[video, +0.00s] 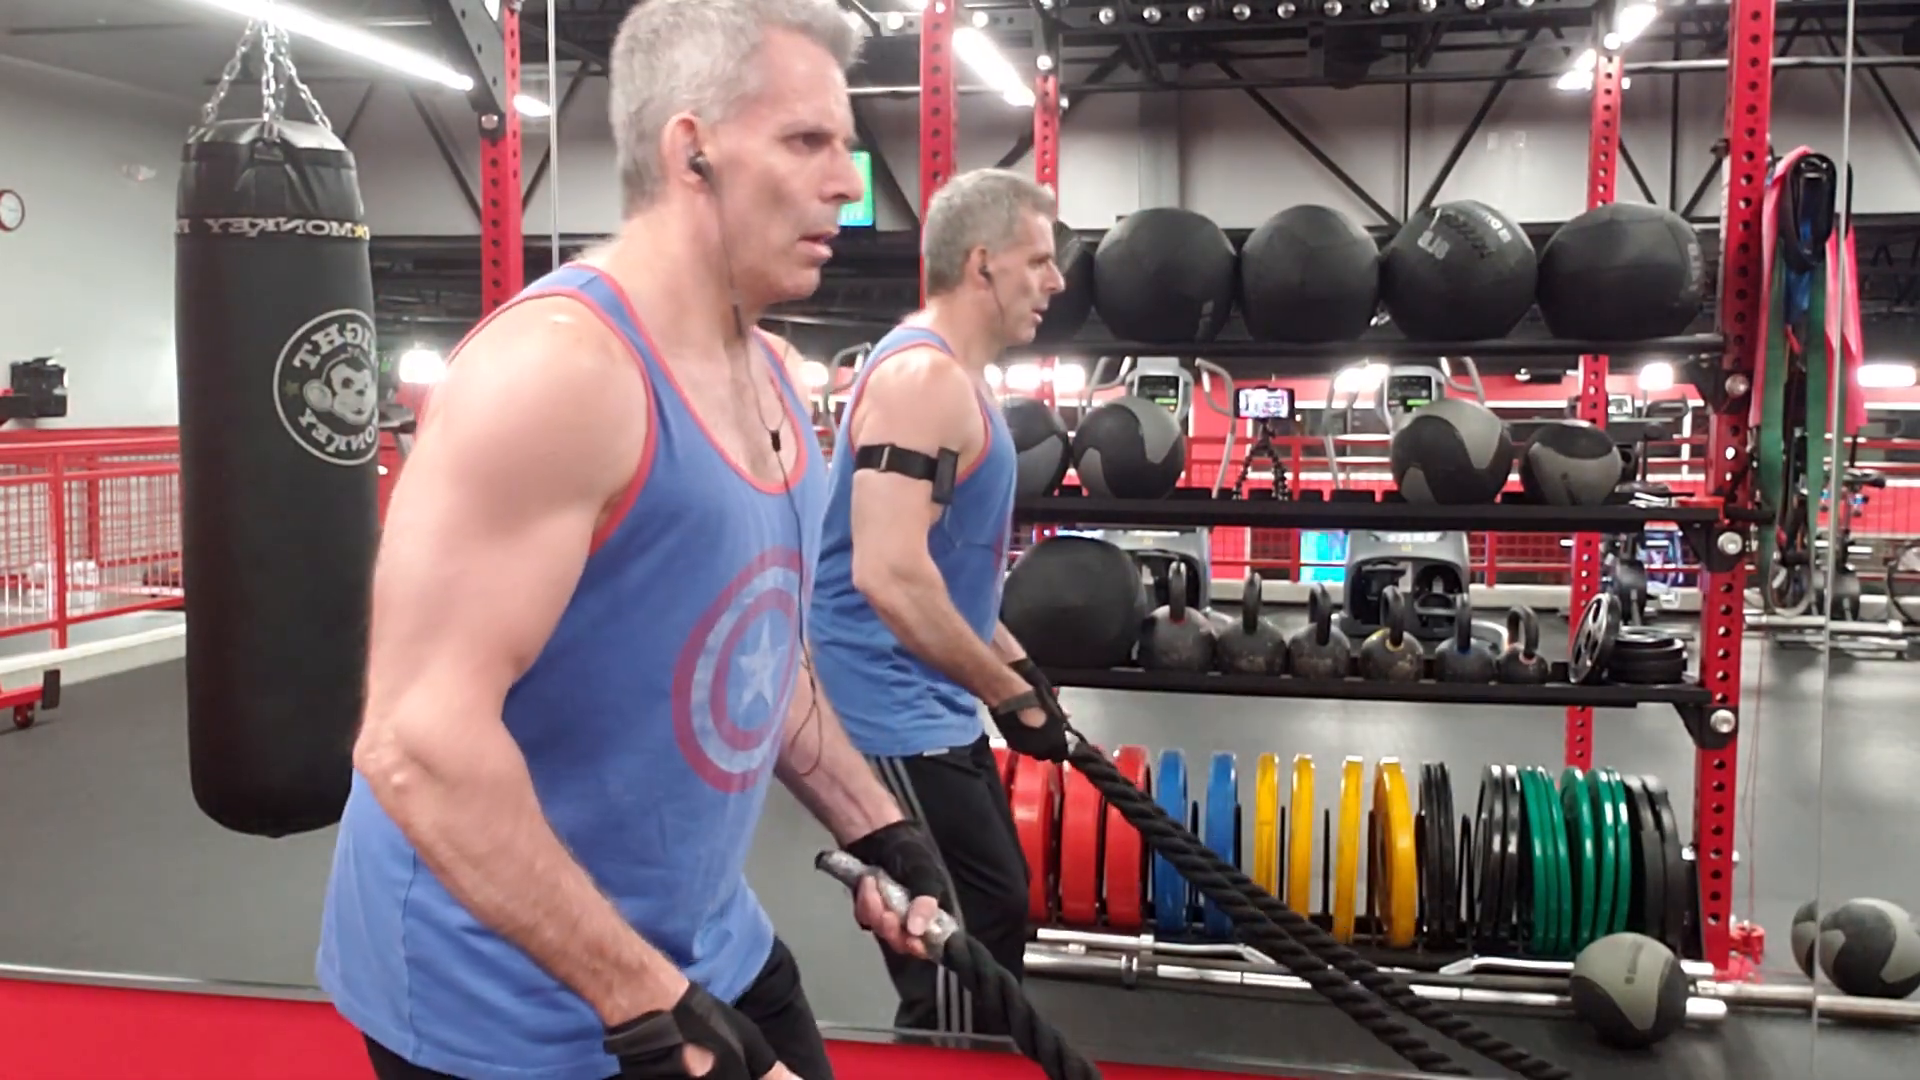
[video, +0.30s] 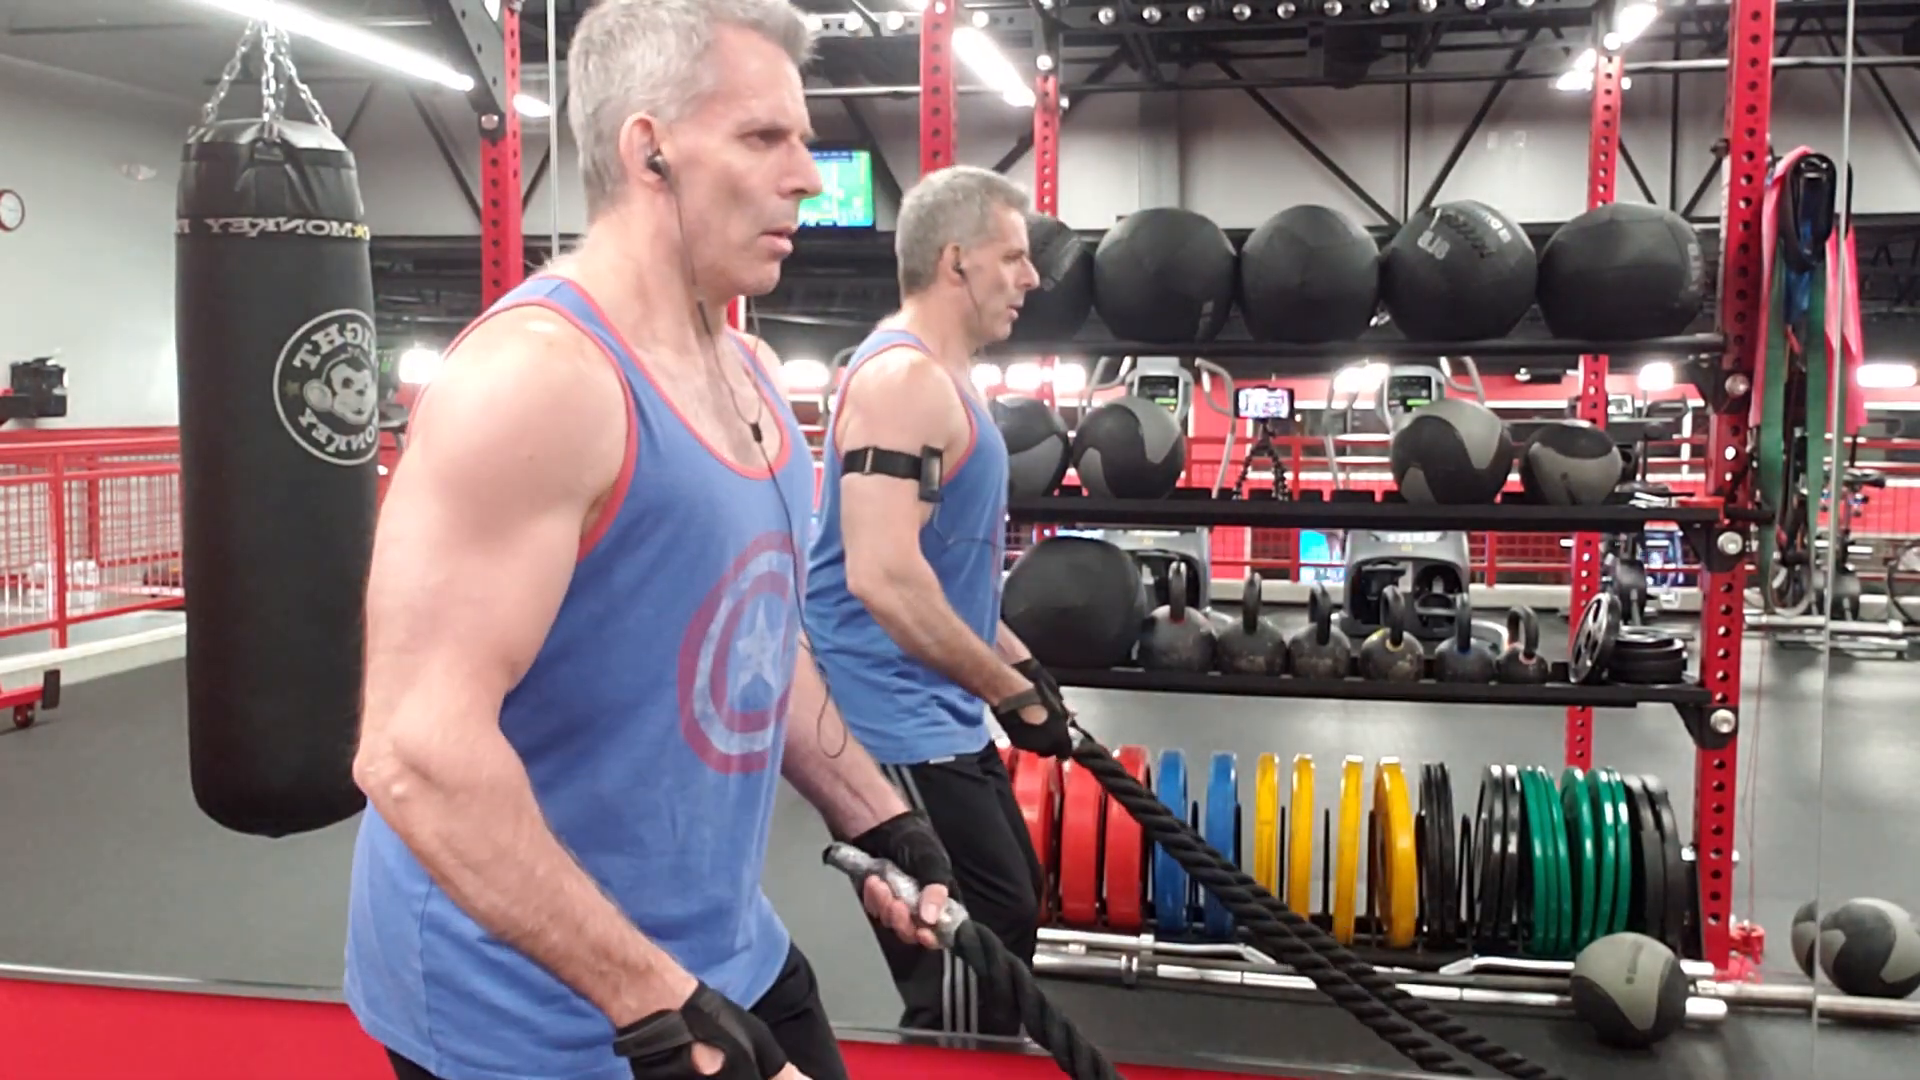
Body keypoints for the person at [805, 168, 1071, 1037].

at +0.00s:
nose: (1055, 284)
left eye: (1055, 263)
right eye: (1040, 261)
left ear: (989, 268)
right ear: (982, 265)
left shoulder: (955, 378)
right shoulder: (923, 377)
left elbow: (948, 571)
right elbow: (889, 574)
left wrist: (1017, 669)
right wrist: (1006, 696)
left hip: (939, 717)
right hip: (894, 725)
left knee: (986, 930)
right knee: (984, 928)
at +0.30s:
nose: (1029, 279)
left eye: (1027, 259)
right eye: (1015, 258)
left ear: (961, 265)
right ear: (956, 262)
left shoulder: (942, 379)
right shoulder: (904, 377)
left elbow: (941, 570)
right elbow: (884, 574)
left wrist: (1018, 664)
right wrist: (1008, 692)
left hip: (945, 724)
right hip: (901, 732)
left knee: (1005, 930)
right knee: (993, 938)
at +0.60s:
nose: (1039, 278)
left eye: (1035, 258)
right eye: (1022, 257)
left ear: (970, 271)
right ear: (964, 267)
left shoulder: (949, 387)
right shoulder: (901, 387)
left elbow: (945, 580)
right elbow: (875, 587)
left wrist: (1010, 679)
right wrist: (994, 706)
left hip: (946, 723)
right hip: (894, 730)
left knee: (1004, 922)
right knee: (993, 929)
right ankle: (957, 1078)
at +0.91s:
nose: (1045, 283)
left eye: (1041, 262)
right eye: (1028, 261)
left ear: (975, 274)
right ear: (970, 270)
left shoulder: (950, 390)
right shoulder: (905, 390)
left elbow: (939, 583)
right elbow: (877, 591)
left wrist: (1003, 687)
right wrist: (998, 707)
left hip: (946, 723)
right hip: (895, 729)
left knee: (1010, 921)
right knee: (995, 930)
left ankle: (971, 1073)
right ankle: (956, 1078)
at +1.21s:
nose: (1034, 285)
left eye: (1034, 264)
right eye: (1020, 262)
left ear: (966, 269)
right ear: (963, 267)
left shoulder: (943, 391)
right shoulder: (899, 393)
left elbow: (1000, 543)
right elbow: (871, 594)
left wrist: (1105, 612)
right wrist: (989, 721)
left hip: (924, 743)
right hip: (874, 752)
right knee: (989, 945)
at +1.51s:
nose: (1034, 297)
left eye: (1035, 277)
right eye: (1019, 275)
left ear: (959, 279)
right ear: (957, 276)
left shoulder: (947, 393)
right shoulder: (898, 386)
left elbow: (946, 577)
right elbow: (916, 570)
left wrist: (1031, 659)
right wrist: (1076, 589)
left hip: (926, 715)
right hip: (866, 725)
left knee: (1022, 907)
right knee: (976, 929)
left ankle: (979, 1061)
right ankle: (952, 1068)